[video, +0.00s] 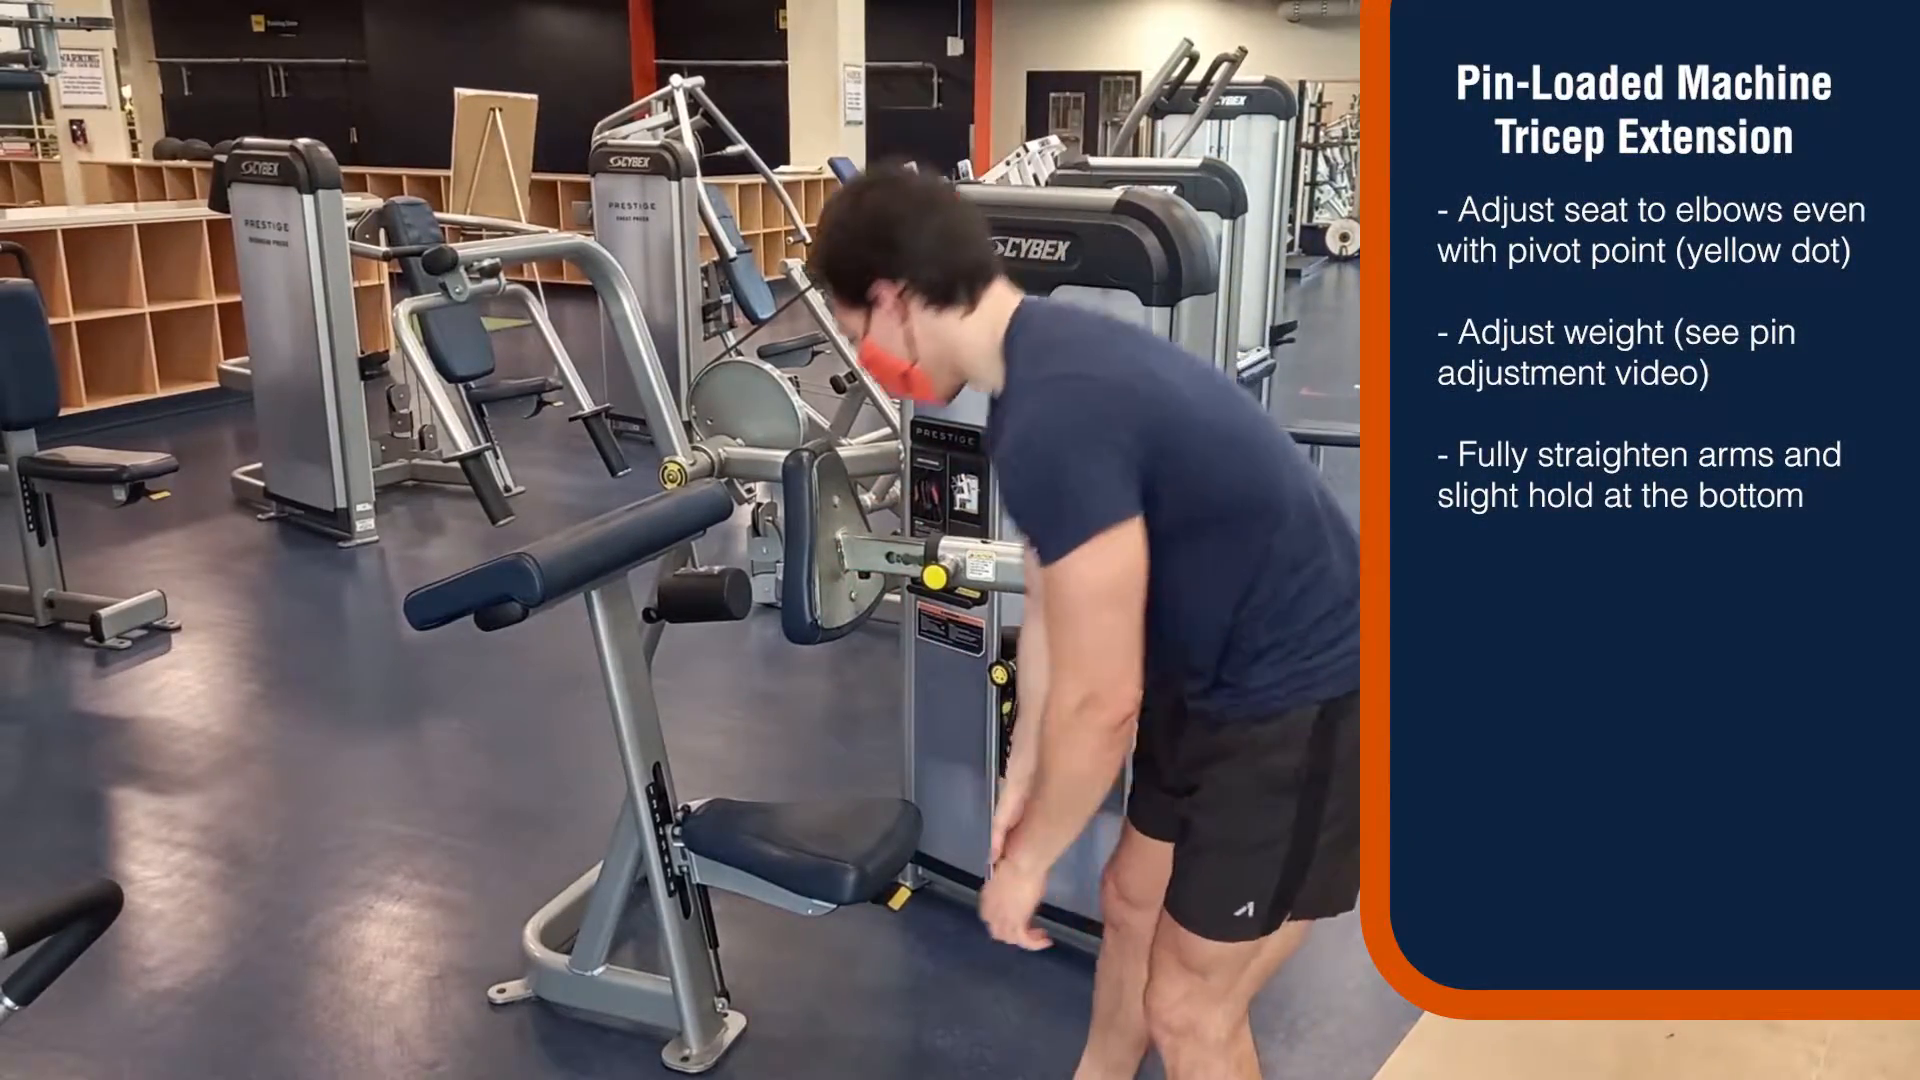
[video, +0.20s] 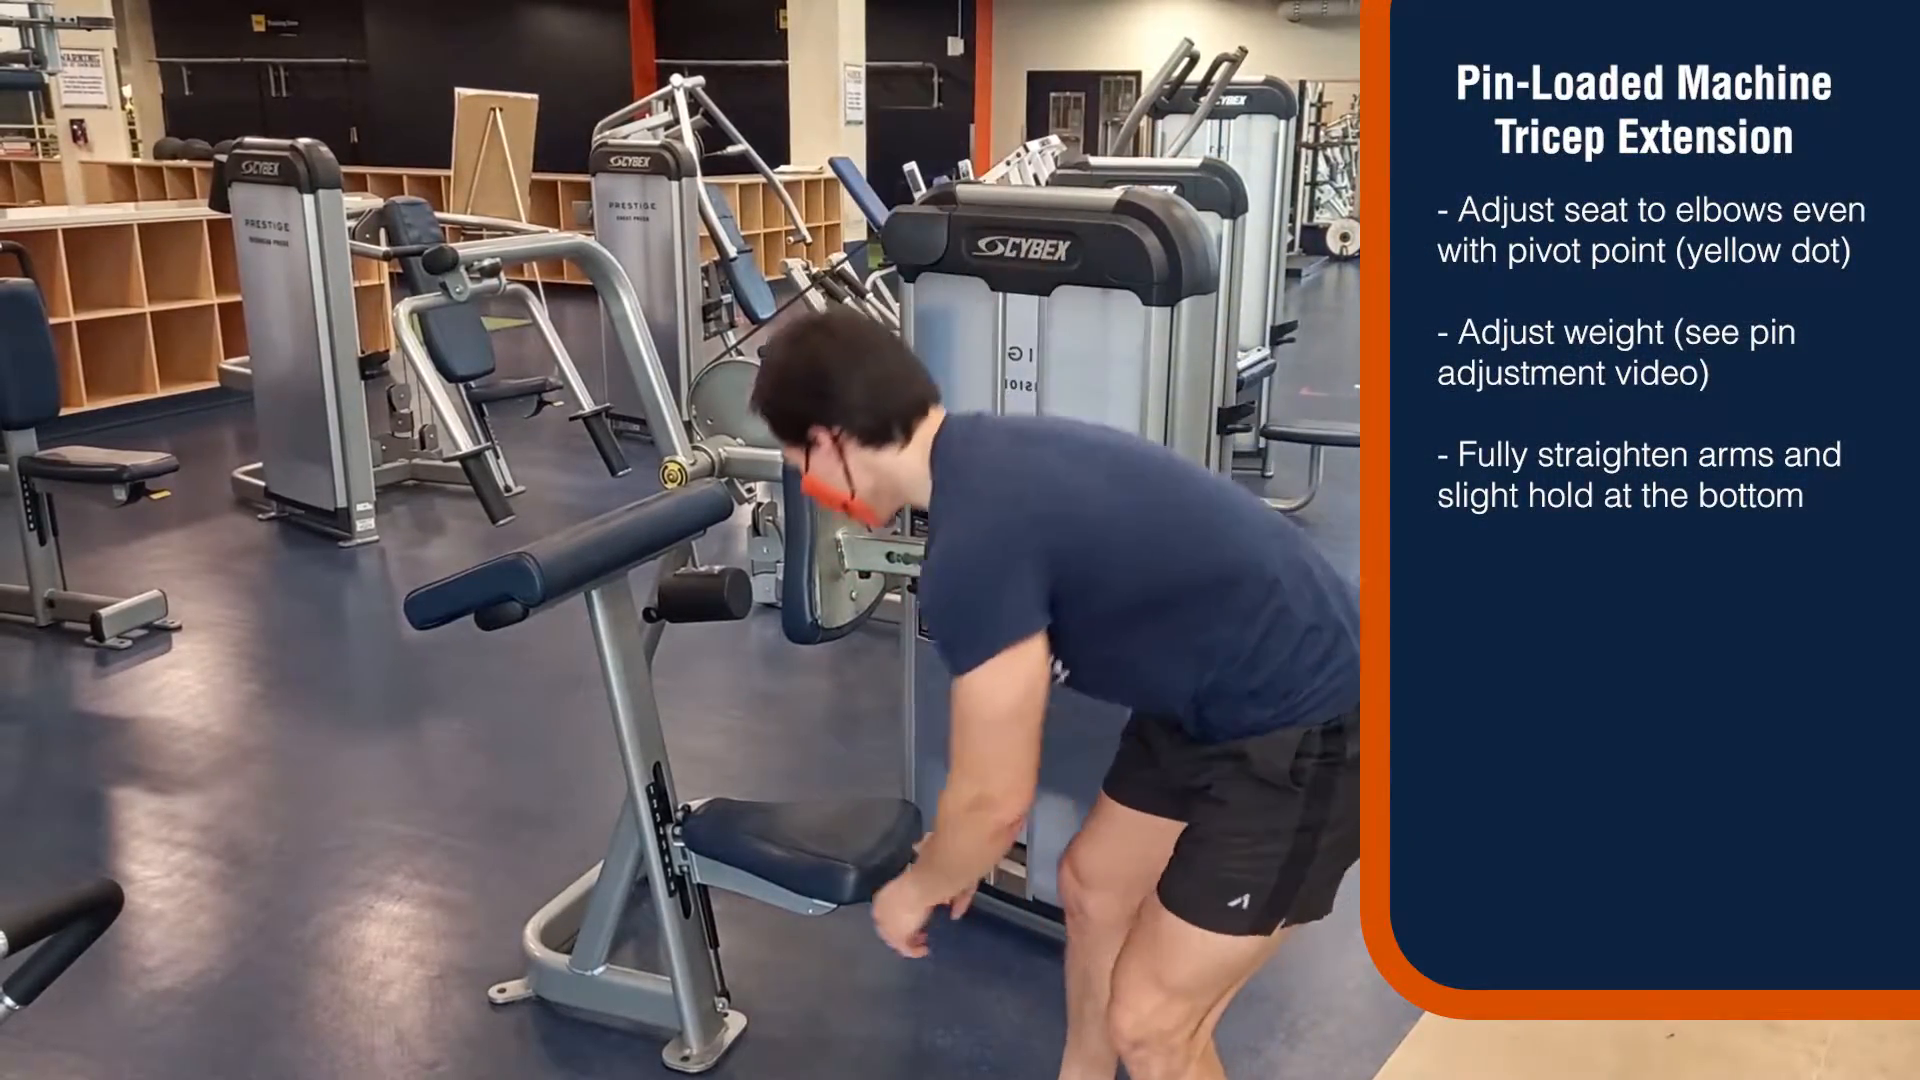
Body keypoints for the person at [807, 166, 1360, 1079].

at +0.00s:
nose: (867, 360)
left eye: (858, 332)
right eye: (854, 338)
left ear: (895, 299)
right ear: (911, 296)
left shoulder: (1061, 410)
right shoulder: (1032, 379)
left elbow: (1105, 705)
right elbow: (1045, 615)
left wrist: (1028, 862)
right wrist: (1023, 782)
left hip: (1301, 688)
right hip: (1204, 674)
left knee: (1191, 1008)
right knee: (1134, 902)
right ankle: (1104, 1070)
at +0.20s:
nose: (806, 481)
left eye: (797, 456)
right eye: (793, 459)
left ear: (832, 443)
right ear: (906, 390)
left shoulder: (980, 531)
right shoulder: (984, 460)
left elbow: (994, 800)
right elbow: (1013, 684)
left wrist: (919, 885)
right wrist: (970, 844)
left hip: (1306, 717)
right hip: (1203, 693)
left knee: (1154, 1023)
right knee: (1094, 888)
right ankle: (1087, 1068)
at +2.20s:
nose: (764, 527)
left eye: (759, 504)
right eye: (756, 508)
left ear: (795, 488)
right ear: (873, 451)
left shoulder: (859, 604)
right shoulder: (969, 483)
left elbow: (865, 822)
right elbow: (1031, 688)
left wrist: (816, 830)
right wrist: (909, 801)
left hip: (1256, 744)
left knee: (1071, 1047)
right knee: (1056, 873)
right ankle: (1111, 1049)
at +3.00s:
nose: (763, 405)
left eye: (761, 381)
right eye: (759, 383)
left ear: (794, 377)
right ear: (882, 352)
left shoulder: (860, 498)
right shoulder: (958, 418)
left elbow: (866, 743)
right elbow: (1026, 626)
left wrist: (833, 812)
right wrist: (948, 785)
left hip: (1234, 712)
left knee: (1095, 1044)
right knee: (1067, 894)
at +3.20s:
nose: (792, 237)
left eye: (794, 206)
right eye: (791, 207)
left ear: (827, 205)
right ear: (929, 198)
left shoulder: (862, 358)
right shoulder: (1004, 306)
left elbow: (891, 628)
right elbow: (1083, 540)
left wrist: (876, 793)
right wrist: (977, 716)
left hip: (1160, 693)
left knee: (1100, 1037)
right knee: (1008, 875)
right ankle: (1026, 1072)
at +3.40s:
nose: (817, 126)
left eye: (818, 102)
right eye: (820, 103)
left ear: (839, 108)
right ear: (957, 116)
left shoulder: (827, 272)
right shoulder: (1037, 263)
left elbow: (856, 548)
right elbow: (1070, 482)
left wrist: (852, 762)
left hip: (1013, 690)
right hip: (1101, 646)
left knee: (1078, 1015)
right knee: (943, 909)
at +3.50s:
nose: (811, 103)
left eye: (815, 78)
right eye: (816, 79)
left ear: (836, 85)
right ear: (956, 102)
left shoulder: (808, 249)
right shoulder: (1018, 241)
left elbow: (809, 515)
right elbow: (1069, 454)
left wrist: (769, 731)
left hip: (952, 676)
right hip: (1053, 637)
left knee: (963, 1001)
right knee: (931, 976)